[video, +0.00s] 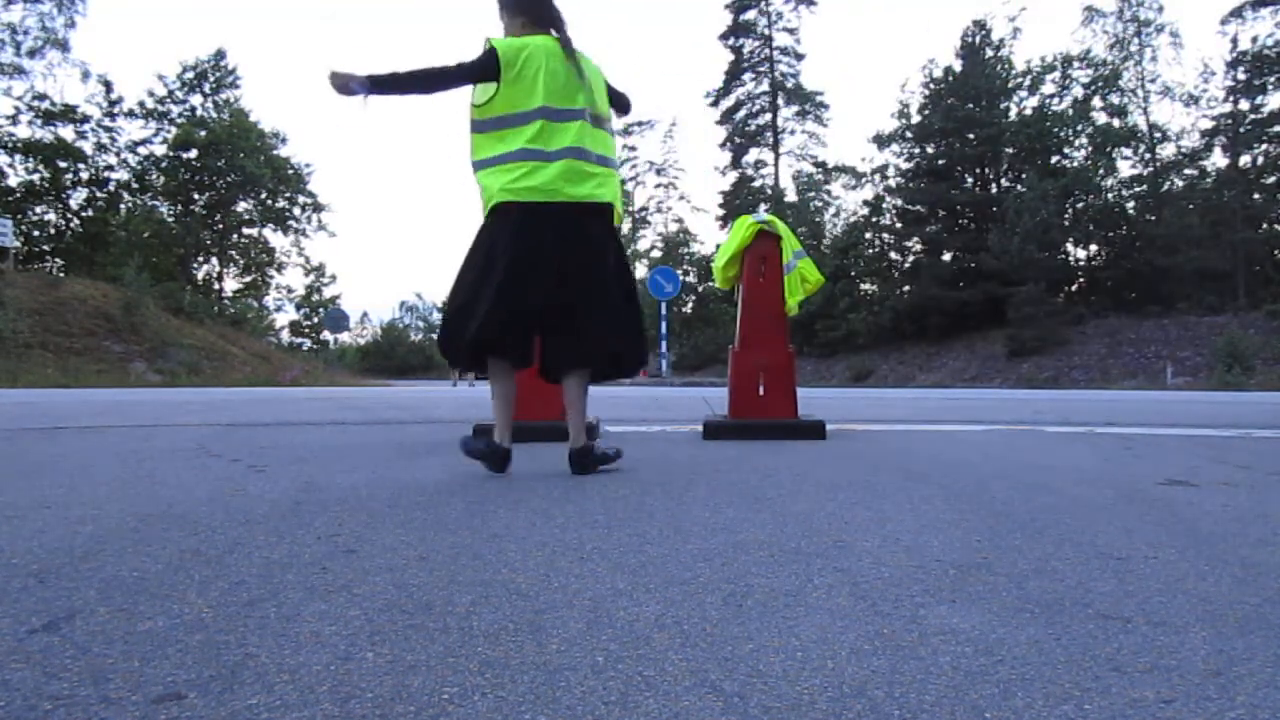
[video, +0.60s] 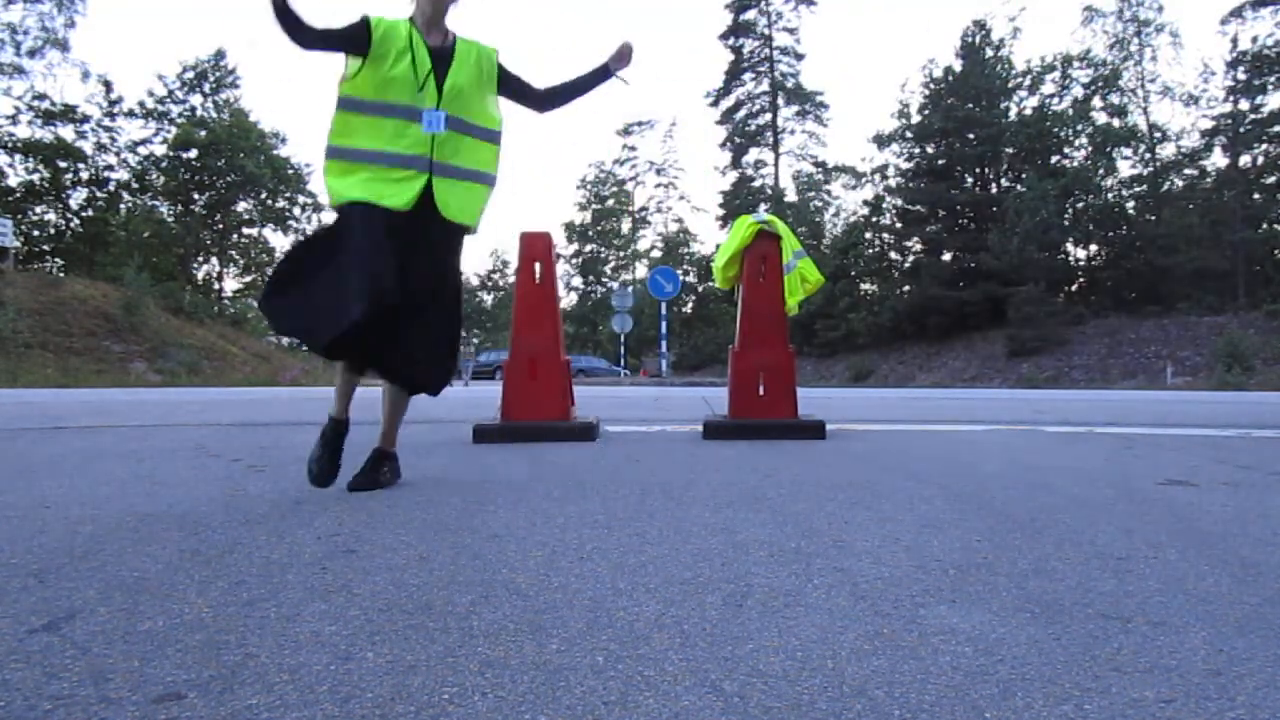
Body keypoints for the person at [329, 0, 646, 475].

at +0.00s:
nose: (502, 27)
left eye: (504, 18)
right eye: (503, 19)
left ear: (517, 17)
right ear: (552, 20)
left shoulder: (507, 53)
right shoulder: (587, 67)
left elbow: (446, 77)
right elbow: (622, 104)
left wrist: (366, 83)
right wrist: (587, 89)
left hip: (521, 213)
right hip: (588, 215)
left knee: (501, 324)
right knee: (574, 328)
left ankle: (501, 444)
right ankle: (581, 446)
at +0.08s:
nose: (481, 17)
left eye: (482, 9)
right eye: (481, 10)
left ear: (495, 9)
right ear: (529, 11)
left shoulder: (505, 41)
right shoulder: (553, 54)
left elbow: (464, 61)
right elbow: (569, 130)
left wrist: (400, 61)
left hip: (522, 207)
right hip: (576, 209)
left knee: (480, 320)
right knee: (564, 325)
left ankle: (458, 434)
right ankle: (573, 446)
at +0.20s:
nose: (453, 17)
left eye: (458, 6)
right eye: (454, 8)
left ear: (483, 7)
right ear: (490, 10)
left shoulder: (500, 48)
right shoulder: (502, 58)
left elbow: (503, 74)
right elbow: (475, 110)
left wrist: (486, 75)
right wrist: (426, 111)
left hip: (496, 222)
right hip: (526, 220)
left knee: (451, 334)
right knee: (536, 333)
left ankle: (406, 444)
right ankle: (571, 443)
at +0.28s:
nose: (437, 14)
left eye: (443, 5)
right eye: (438, 7)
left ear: (470, 8)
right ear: (470, 11)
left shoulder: (495, 58)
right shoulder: (465, 74)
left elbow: (518, 85)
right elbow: (421, 116)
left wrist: (544, 95)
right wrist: (353, 121)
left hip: (478, 232)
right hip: (485, 232)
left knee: (429, 339)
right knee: (496, 341)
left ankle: (392, 454)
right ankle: (558, 426)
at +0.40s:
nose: (428, 8)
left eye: (439, 1)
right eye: (425, 2)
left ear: (466, 11)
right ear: (423, 16)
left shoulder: (496, 71)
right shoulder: (410, 84)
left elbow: (555, 116)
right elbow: (345, 122)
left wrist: (615, 123)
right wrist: (265, 132)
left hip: (476, 237)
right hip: (423, 233)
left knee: (422, 342)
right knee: (393, 338)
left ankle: (388, 456)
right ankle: (475, 400)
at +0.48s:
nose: (426, 8)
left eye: (437, 2)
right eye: (421, 2)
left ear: (460, 14)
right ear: (414, 14)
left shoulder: (492, 79)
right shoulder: (387, 79)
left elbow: (559, 126)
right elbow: (312, 109)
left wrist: (629, 116)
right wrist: (238, 107)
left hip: (457, 237)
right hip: (396, 233)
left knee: (413, 337)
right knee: (381, 331)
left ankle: (387, 454)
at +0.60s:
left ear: (454, 2)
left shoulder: (479, 59)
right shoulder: (378, 34)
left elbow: (542, 99)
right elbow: (304, 35)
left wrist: (608, 68)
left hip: (440, 215)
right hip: (372, 203)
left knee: (414, 331)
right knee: (371, 309)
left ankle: (385, 452)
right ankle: (336, 424)